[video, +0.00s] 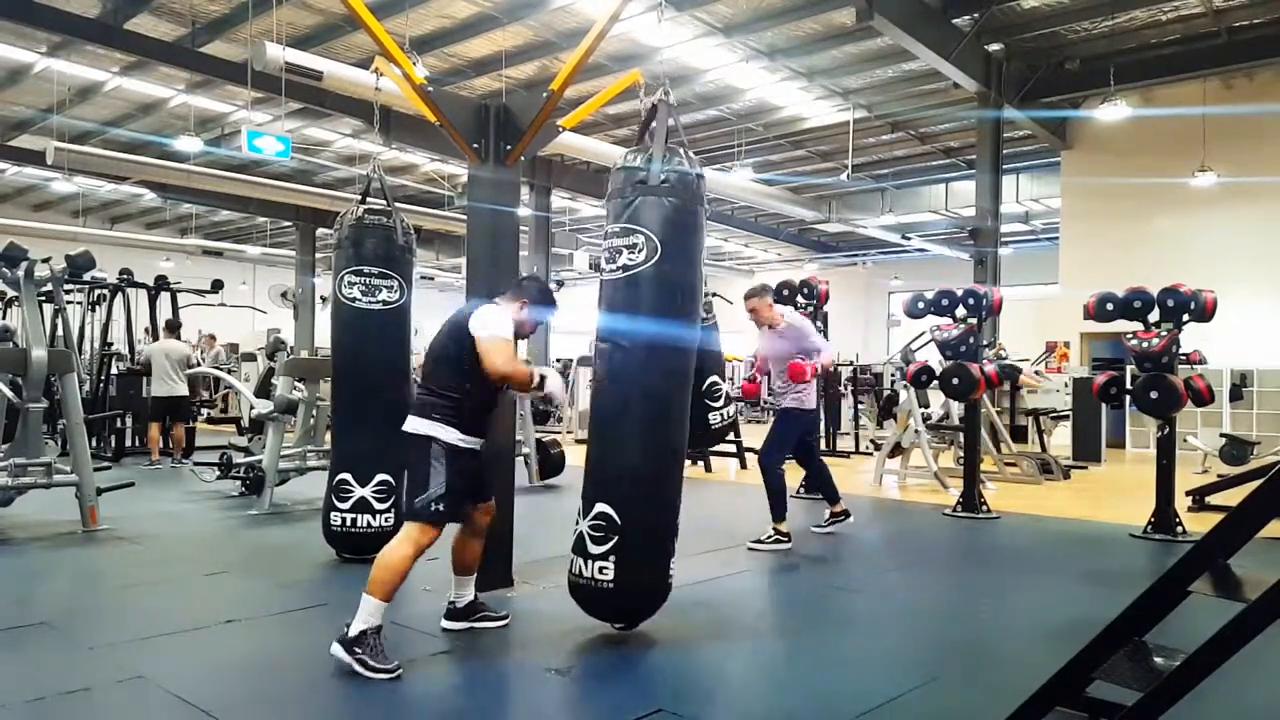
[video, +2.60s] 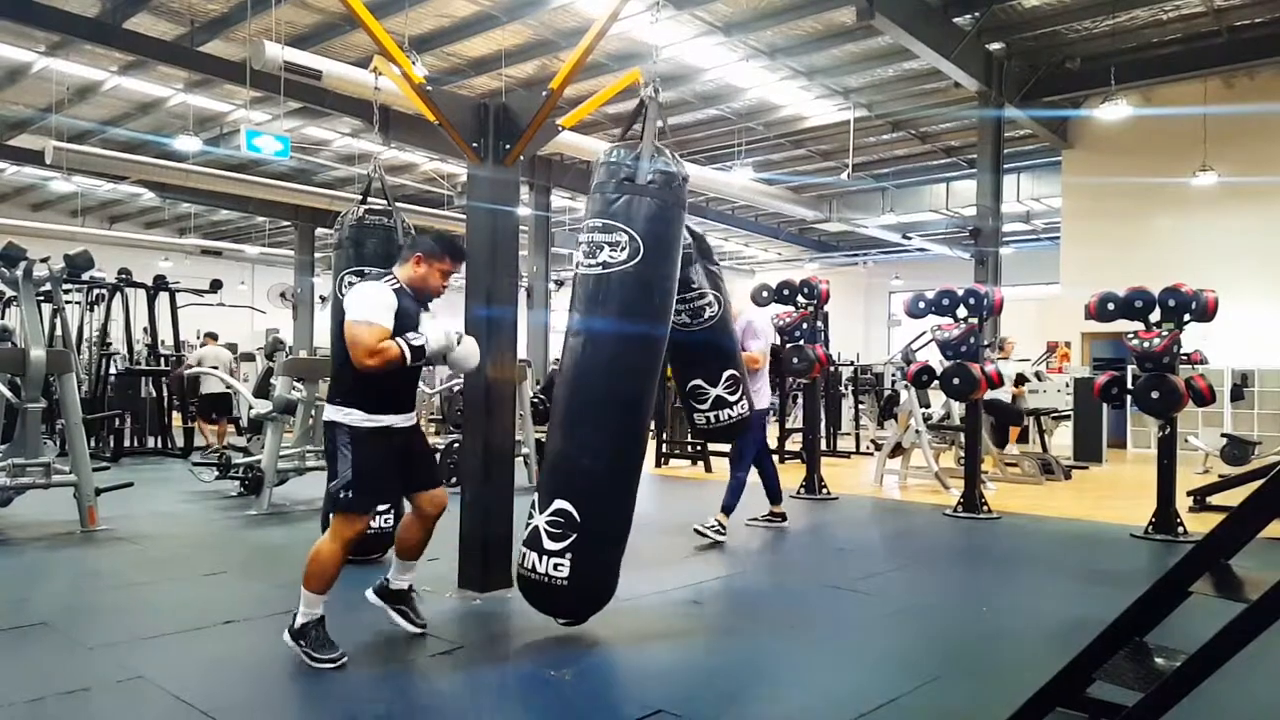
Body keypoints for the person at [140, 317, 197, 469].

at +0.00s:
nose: (165, 332)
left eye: (165, 329)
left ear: (164, 330)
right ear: (178, 331)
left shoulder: (153, 347)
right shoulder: (184, 348)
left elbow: (143, 363)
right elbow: (192, 364)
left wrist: (155, 367)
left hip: (159, 392)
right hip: (180, 391)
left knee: (155, 424)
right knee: (178, 424)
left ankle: (155, 458)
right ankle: (177, 457)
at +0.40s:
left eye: (181, 330)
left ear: (180, 330)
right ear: (195, 333)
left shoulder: (166, 347)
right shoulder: (200, 350)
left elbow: (158, 366)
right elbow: (205, 374)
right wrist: (203, 391)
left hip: (170, 392)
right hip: (190, 392)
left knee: (170, 424)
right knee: (184, 425)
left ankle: (167, 454)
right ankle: (178, 457)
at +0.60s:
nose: (183, 334)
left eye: (184, 332)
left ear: (184, 333)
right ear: (199, 335)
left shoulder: (172, 349)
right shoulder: (204, 351)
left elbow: (163, 366)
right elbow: (212, 369)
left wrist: (172, 374)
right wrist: (205, 382)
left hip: (176, 392)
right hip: (195, 392)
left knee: (178, 424)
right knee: (188, 424)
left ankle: (189, 453)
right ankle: (178, 456)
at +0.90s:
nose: (191, 335)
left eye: (188, 332)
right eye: (199, 332)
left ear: (187, 333)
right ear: (201, 333)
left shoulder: (178, 351)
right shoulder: (208, 349)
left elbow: (171, 370)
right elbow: (216, 367)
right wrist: (211, 381)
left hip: (187, 392)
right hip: (205, 391)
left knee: (189, 424)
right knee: (206, 423)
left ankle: (193, 451)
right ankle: (189, 445)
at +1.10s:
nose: (199, 335)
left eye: (194, 333)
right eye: (203, 333)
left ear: (191, 333)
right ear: (206, 333)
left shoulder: (182, 352)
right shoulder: (213, 349)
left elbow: (177, 374)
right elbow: (221, 370)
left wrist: (180, 392)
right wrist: (221, 388)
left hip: (190, 393)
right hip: (210, 392)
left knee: (193, 423)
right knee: (216, 423)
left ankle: (195, 452)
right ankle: (212, 448)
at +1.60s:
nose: (212, 337)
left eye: (212, 335)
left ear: (212, 335)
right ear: (226, 336)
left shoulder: (204, 350)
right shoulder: (232, 351)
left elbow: (195, 366)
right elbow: (241, 371)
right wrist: (243, 386)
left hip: (208, 392)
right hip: (227, 392)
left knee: (208, 422)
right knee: (227, 422)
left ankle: (206, 443)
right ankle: (225, 450)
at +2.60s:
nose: (203, 342)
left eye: (204, 340)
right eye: (204, 340)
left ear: (207, 340)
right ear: (216, 340)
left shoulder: (201, 351)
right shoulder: (227, 353)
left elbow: (188, 366)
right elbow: (233, 372)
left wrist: (177, 373)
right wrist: (232, 385)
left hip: (207, 391)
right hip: (224, 390)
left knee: (202, 419)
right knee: (222, 420)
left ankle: (210, 442)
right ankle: (220, 447)